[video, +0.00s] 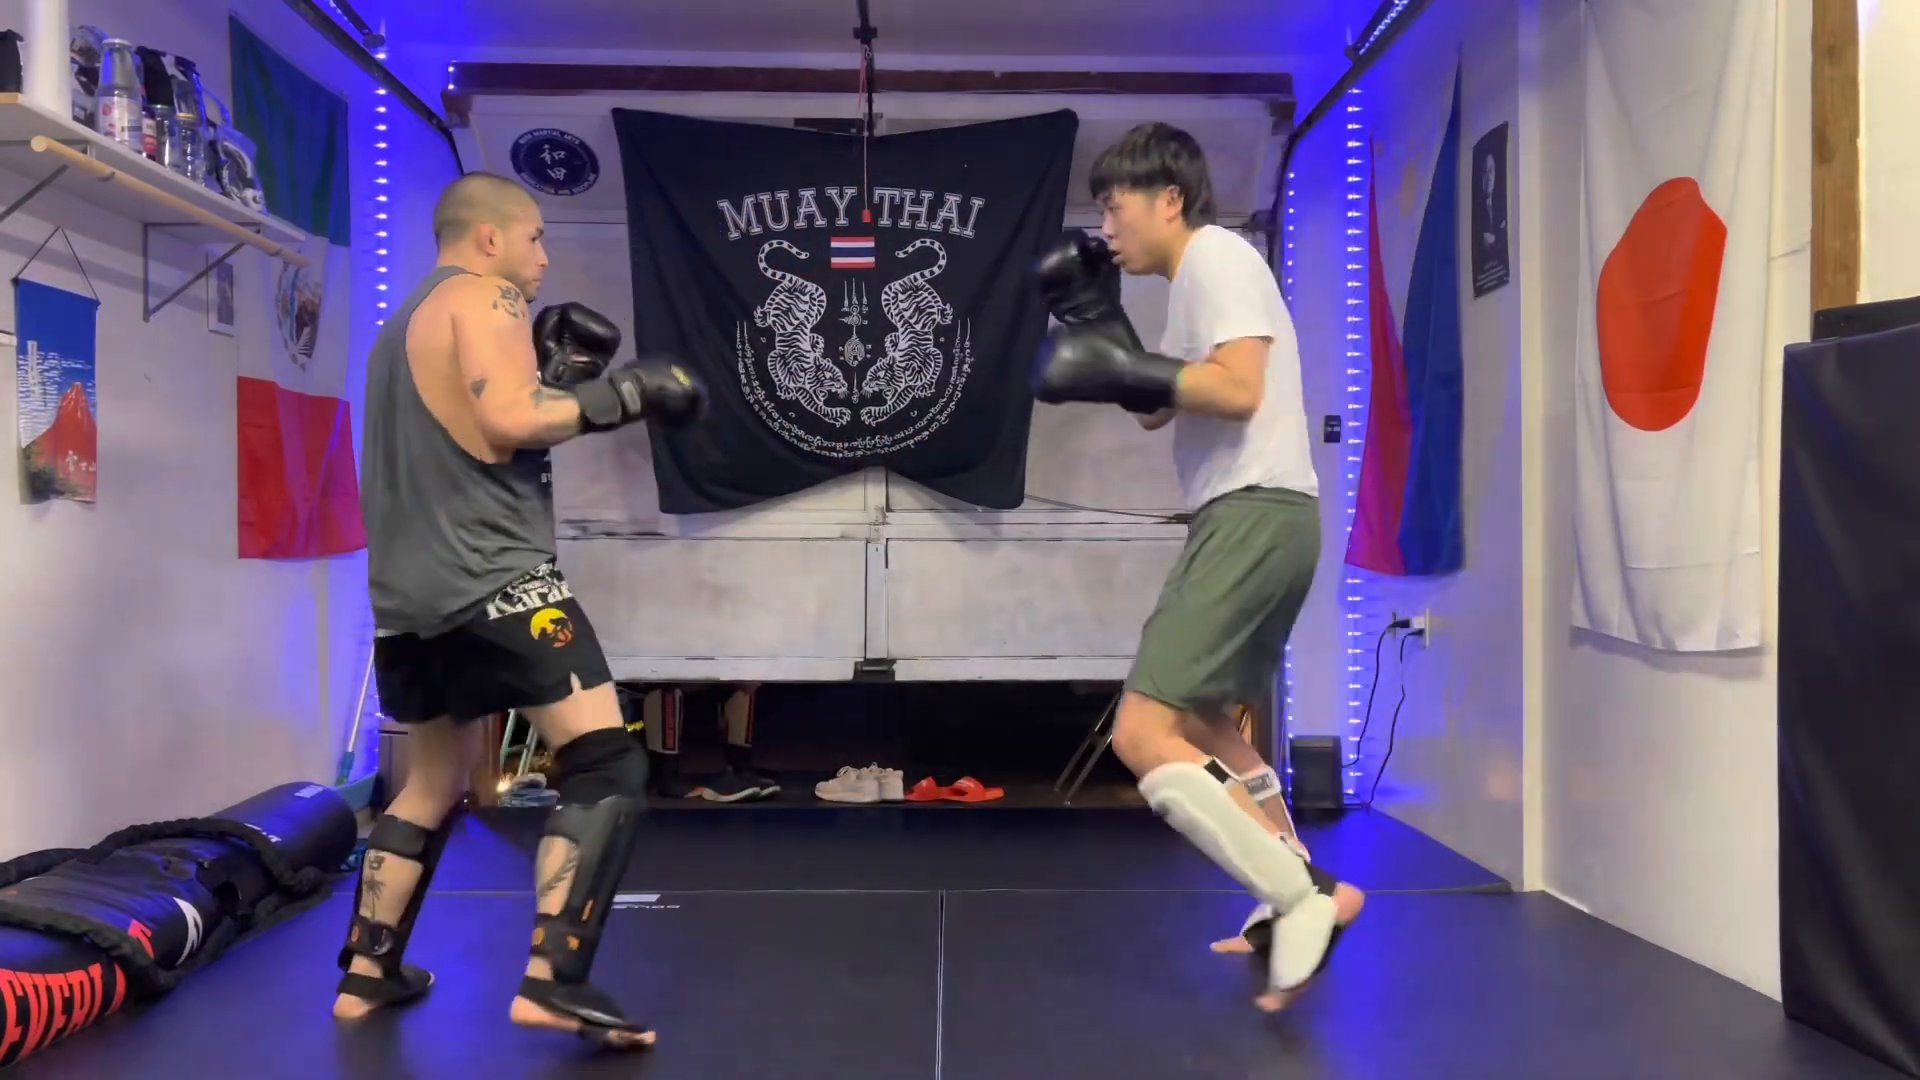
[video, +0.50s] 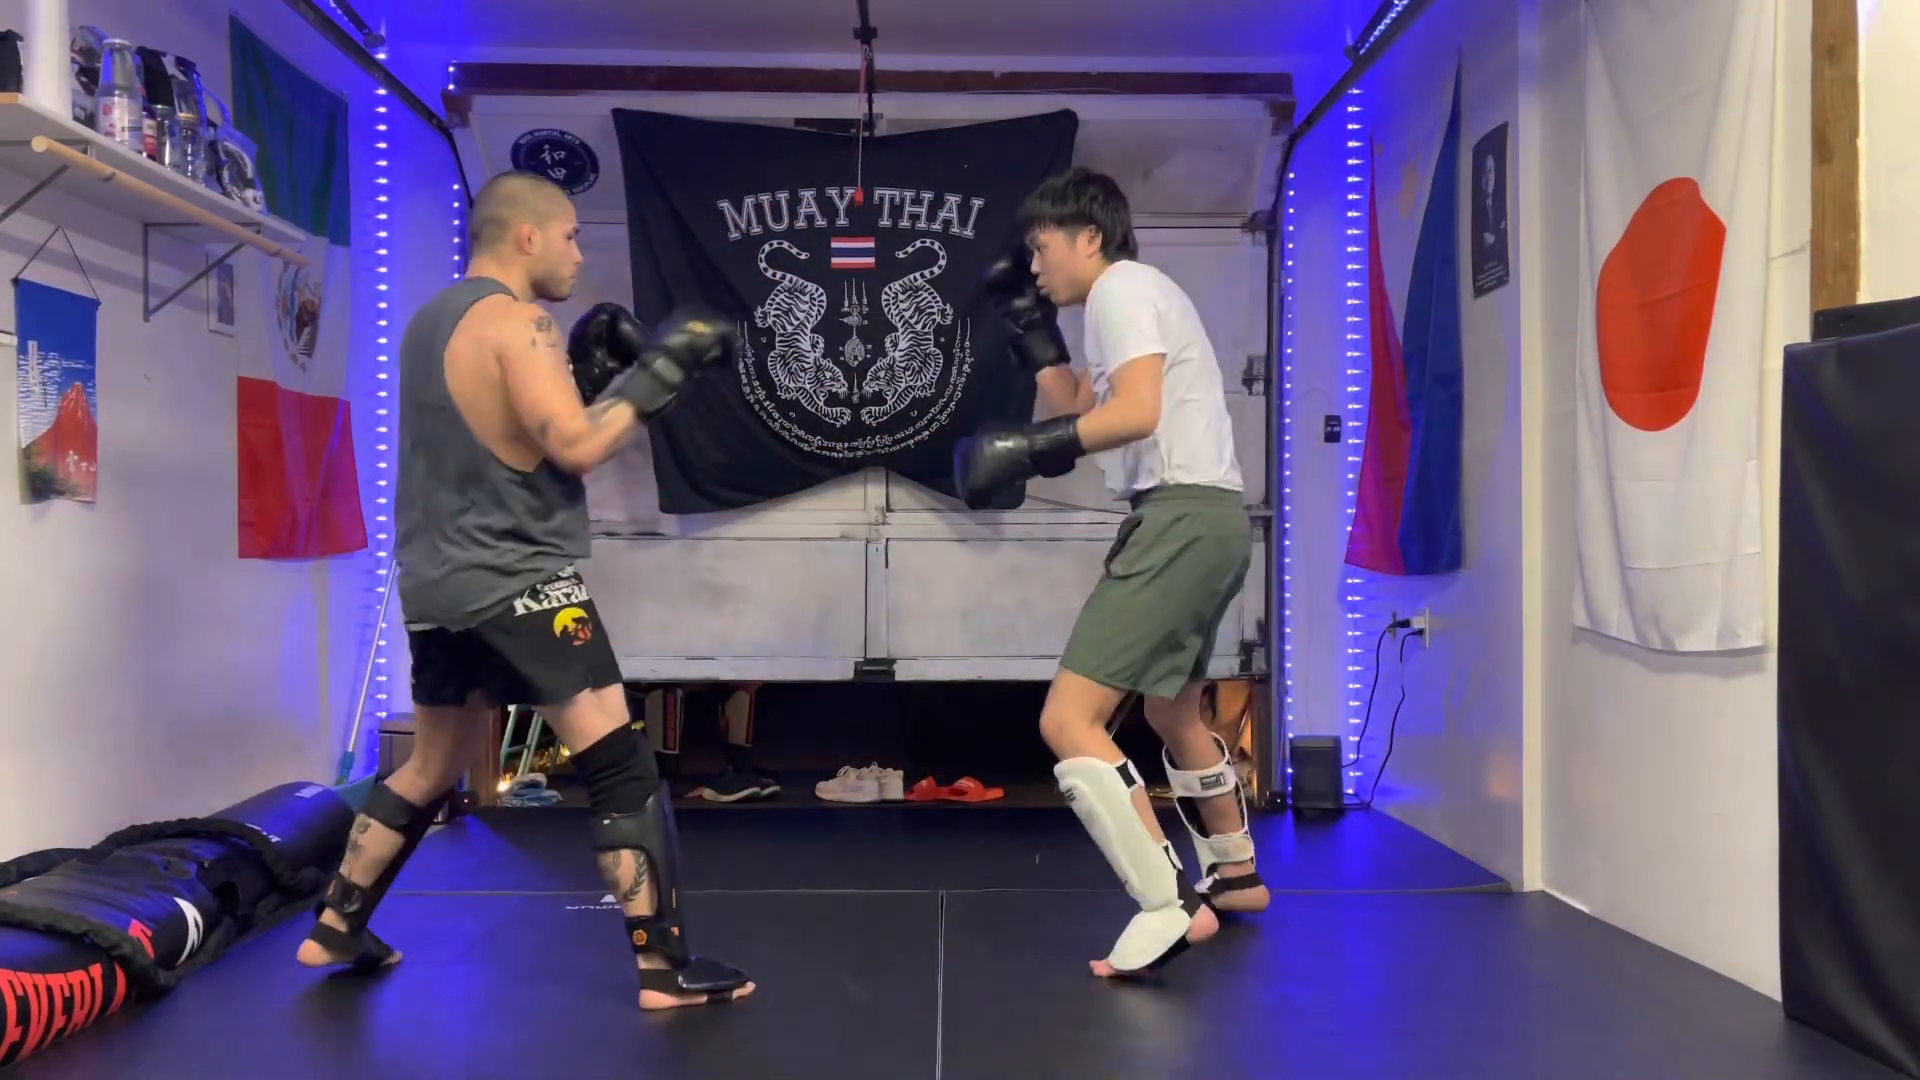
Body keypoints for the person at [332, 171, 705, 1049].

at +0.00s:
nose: (543, 256)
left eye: (542, 238)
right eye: (533, 238)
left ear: (461, 246)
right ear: (488, 238)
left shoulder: (407, 324)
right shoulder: (486, 302)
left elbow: (464, 445)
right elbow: (508, 420)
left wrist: (550, 379)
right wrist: (625, 397)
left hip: (409, 596)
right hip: (497, 582)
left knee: (429, 778)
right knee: (604, 762)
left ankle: (368, 968)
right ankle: (555, 975)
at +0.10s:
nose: (560, 245)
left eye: (559, 227)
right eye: (550, 227)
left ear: (482, 230)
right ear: (504, 227)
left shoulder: (423, 303)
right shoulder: (501, 293)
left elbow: (493, 410)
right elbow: (553, 401)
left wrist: (577, 352)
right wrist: (636, 344)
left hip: (425, 585)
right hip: (518, 574)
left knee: (423, 771)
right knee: (625, 751)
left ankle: (367, 971)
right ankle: (625, 969)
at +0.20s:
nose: (584, 249)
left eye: (582, 232)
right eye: (575, 232)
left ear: (506, 236)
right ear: (530, 233)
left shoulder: (441, 315)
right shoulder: (529, 306)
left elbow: (520, 424)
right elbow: (637, 387)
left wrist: (608, 351)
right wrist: (685, 302)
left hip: (442, 599)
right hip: (542, 588)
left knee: (447, 778)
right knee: (644, 766)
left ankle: (369, 968)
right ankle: (665, 968)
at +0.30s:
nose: (600, 261)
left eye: (600, 244)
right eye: (593, 243)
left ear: (517, 244)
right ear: (547, 241)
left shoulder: (450, 328)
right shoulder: (553, 318)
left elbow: (540, 449)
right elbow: (706, 353)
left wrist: (610, 391)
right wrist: (797, 296)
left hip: (454, 594)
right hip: (545, 591)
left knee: (474, 761)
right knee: (655, 769)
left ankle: (377, 938)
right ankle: (669, 971)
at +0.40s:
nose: (598, 249)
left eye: (598, 232)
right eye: (591, 232)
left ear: (517, 234)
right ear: (545, 231)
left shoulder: (444, 316)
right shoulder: (542, 311)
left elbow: (520, 440)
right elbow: (673, 384)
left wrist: (594, 398)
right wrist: (759, 323)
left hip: (447, 577)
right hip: (535, 575)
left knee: (462, 751)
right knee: (629, 761)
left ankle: (361, 916)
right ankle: (665, 965)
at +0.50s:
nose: (578, 253)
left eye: (576, 237)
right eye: (570, 237)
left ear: (499, 239)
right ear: (526, 237)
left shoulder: (432, 322)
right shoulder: (514, 321)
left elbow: (500, 442)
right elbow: (579, 446)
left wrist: (584, 378)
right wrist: (668, 367)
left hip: (435, 590)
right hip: (521, 584)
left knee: (432, 761)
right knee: (617, 763)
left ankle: (337, 927)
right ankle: (663, 964)